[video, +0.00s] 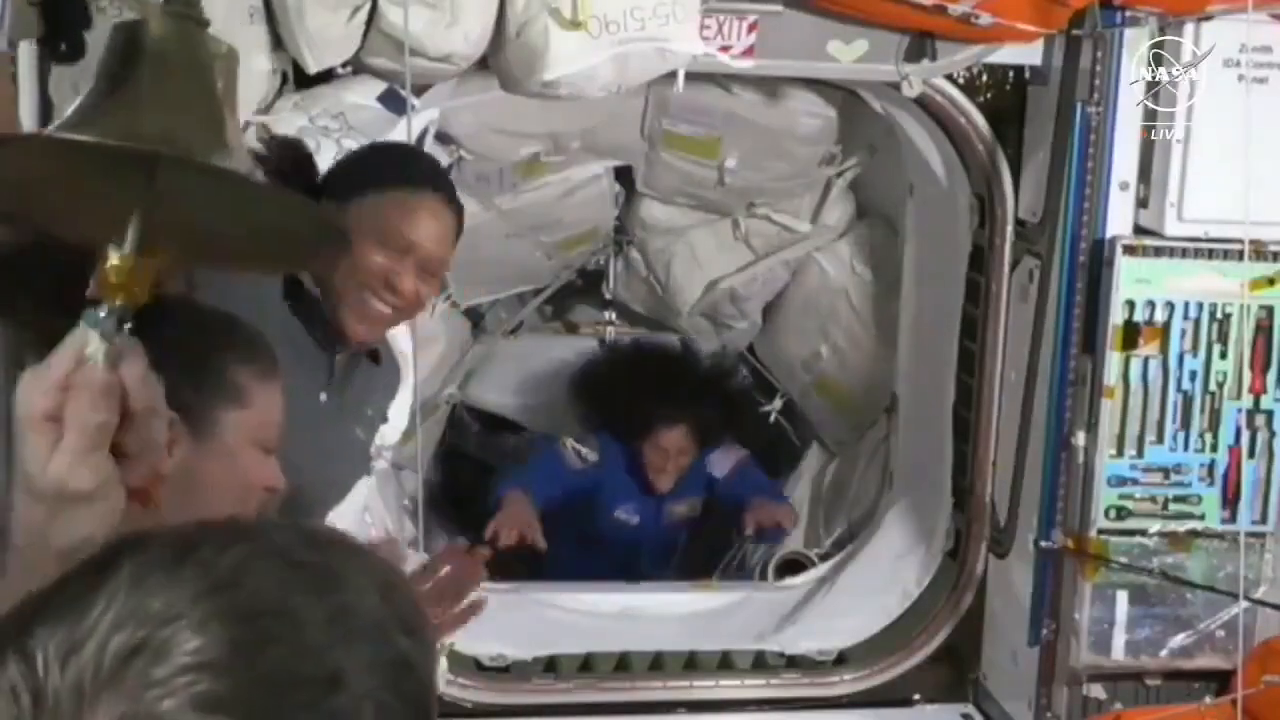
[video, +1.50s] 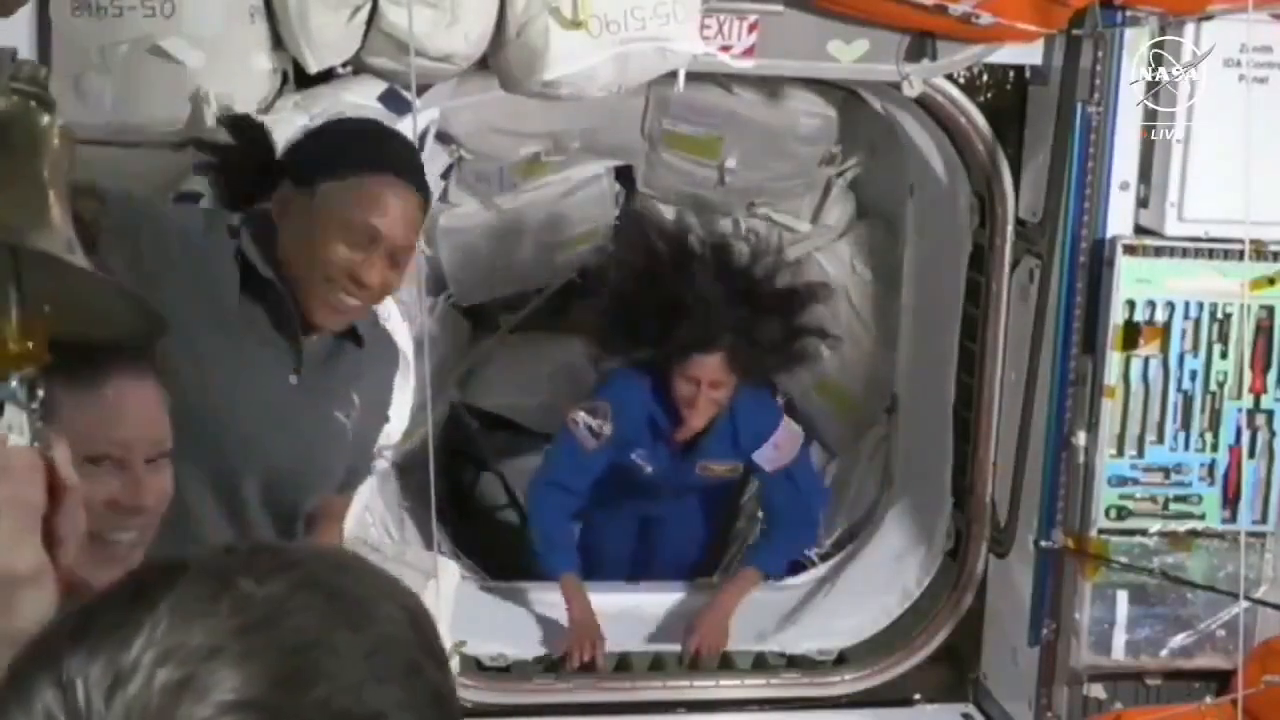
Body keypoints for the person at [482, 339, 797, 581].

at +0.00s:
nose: (666, 468)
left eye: (681, 457)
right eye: (656, 453)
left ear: (699, 451)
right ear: (635, 440)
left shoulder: (711, 463)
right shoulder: (597, 455)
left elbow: (746, 481)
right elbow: (540, 474)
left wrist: (767, 503)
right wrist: (517, 500)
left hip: (667, 601)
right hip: (581, 594)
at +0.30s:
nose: (662, 461)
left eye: (679, 453)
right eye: (656, 444)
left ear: (699, 448)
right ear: (635, 426)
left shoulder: (708, 461)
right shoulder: (594, 446)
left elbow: (769, 463)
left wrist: (824, 471)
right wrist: (522, 468)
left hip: (661, 604)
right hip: (577, 597)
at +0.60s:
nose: (676, 434)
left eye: (691, 419)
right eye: (666, 415)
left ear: (715, 413)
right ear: (648, 403)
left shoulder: (741, 443)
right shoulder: (611, 430)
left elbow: (806, 486)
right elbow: (532, 474)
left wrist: (845, 487)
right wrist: (526, 445)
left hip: (663, 576)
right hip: (584, 567)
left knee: (653, 674)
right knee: (572, 670)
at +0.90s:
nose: (663, 406)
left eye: (677, 389)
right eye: (650, 390)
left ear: (705, 380)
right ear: (634, 381)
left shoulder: (744, 420)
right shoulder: (600, 415)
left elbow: (826, 452)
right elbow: (521, 480)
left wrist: (863, 453)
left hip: (677, 607)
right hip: (578, 602)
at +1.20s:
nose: (690, 407)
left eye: (707, 394)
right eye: (681, 387)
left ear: (729, 385)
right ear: (658, 370)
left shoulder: (750, 412)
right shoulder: (613, 408)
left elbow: (804, 519)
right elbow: (550, 517)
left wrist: (752, 584)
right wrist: (585, 620)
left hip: (686, 567)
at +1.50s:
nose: (699, 399)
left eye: (715, 387)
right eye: (689, 382)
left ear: (737, 383)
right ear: (668, 370)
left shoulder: (755, 415)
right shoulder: (624, 400)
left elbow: (798, 517)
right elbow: (549, 496)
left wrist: (725, 605)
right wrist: (578, 607)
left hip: (694, 504)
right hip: (614, 502)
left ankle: (666, 634)